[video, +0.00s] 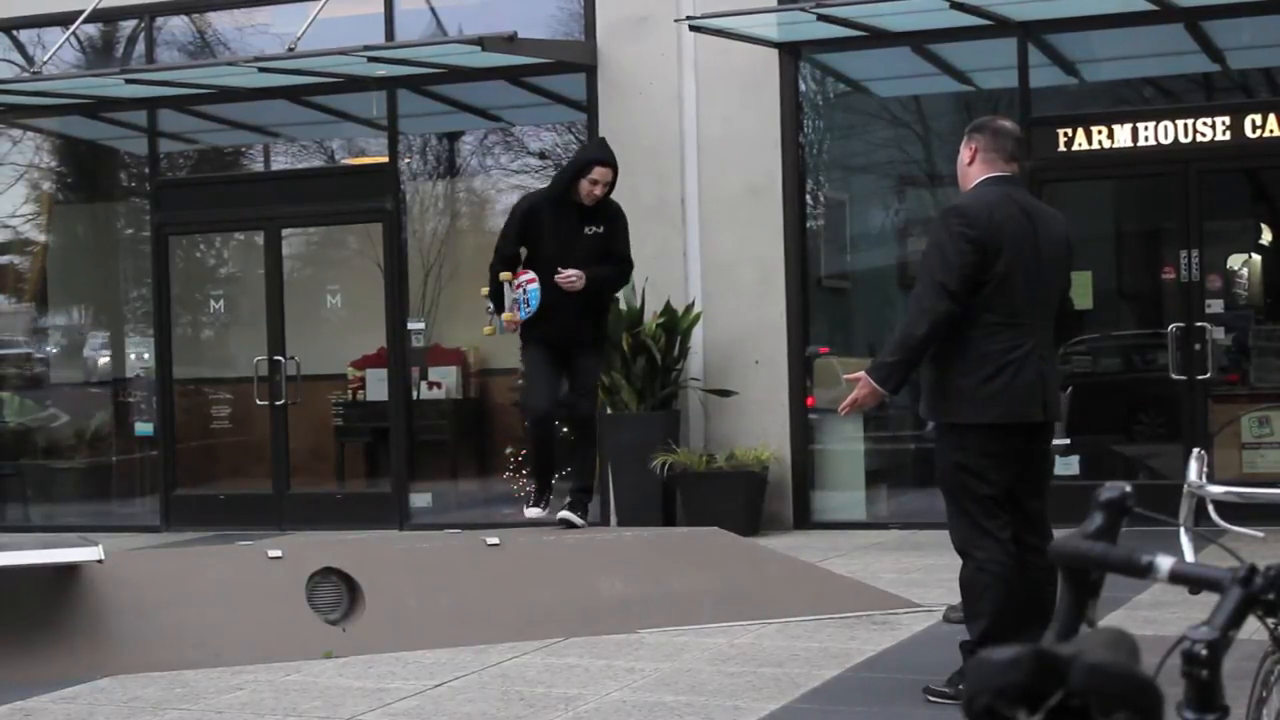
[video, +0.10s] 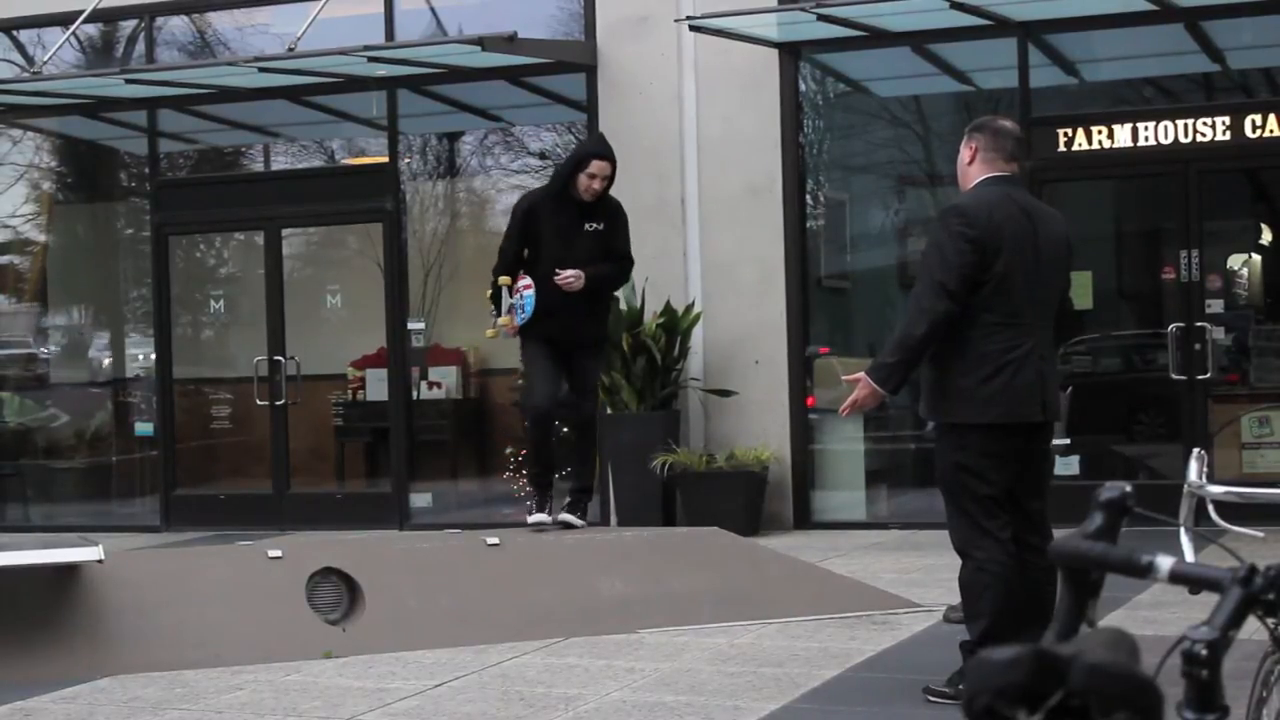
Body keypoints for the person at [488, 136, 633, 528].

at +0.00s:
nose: (599, 191)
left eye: (606, 185)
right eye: (593, 181)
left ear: (611, 184)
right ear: (576, 175)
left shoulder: (611, 216)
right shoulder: (534, 207)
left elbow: (622, 269)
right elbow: (503, 259)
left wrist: (588, 278)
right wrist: (503, 305)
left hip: (589, 331)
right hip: (542, 330)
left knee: (583, 413)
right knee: (538, 409)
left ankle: (579, 502)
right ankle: (540, 492)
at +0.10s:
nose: (598, 185)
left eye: (605, 179)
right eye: (592, 176)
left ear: (611, 180)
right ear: (574, 170)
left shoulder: (611, 213)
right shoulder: (534, 205)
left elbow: (622, 267)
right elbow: (507, 262)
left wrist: (588, 278)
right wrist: (504, 311)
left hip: (588, 331)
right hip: (540, 329)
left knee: (585, 414)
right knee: (539, 406)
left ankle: (579, 503)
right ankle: (541, 497)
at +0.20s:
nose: (595, 182)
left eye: (602, 175)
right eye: (589, 172)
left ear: (608, 177)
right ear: (571, 168)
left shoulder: (610, 211)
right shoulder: (533, 205)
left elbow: (622, 265)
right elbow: (509, 265)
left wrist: (595, 275)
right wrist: (504, 311)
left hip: (587, 332)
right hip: (539, 330)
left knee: (583, 415)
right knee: (544, 408)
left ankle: (577, 505)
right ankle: (549, 503)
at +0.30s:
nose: (587, 177)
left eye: (595, 171)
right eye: (580, 168)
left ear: (602, 173)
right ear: (563, 166)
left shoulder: (605, 207)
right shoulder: (530, 205)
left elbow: (622, 266)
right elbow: (507, 267)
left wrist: (607, 263)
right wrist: (502, 315)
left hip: (587, 330)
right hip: (539, 330)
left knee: (581, 418)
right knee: (548, 413)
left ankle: (575, 507)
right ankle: (558, 507)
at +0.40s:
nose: (581, 167)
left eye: (587, 159)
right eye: (573, 158)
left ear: (594, 163)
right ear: (555, 159)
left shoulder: (601, 202)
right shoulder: (524, 205)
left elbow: (621, 267)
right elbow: (503, 269)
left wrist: (617, 254)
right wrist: (500, 317)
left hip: (588, 328)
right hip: (539, 330)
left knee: (583, 419)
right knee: (549, 415)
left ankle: (575, 509)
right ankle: (556, 510)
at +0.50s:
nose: (577, 155)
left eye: (582, 147)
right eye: (569, 147)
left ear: (587, 152)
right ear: (550, 151)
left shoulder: (597, 194)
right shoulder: (520, 202)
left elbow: (626, 243)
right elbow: (502, 268)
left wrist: (620, 259)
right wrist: (499, 318)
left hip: (588, 323)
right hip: (539, 326)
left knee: (587, 413)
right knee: (548, 416)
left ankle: (581, 493)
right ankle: (557, 511)